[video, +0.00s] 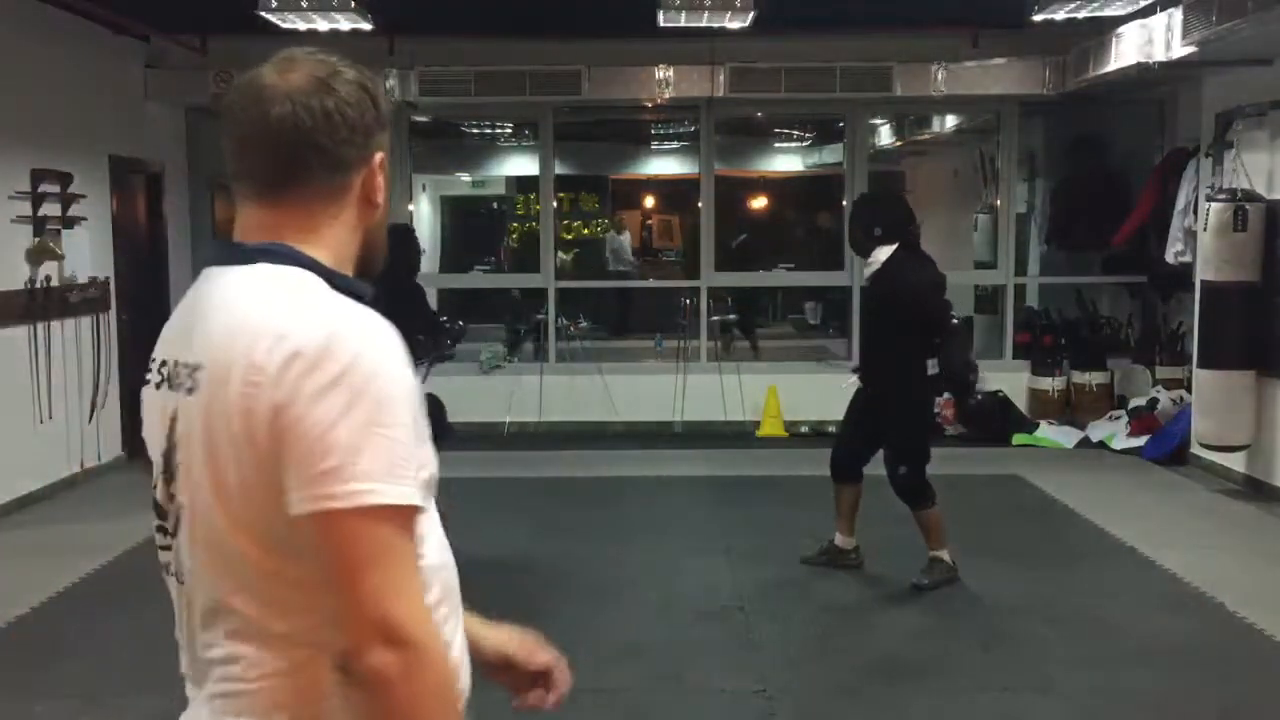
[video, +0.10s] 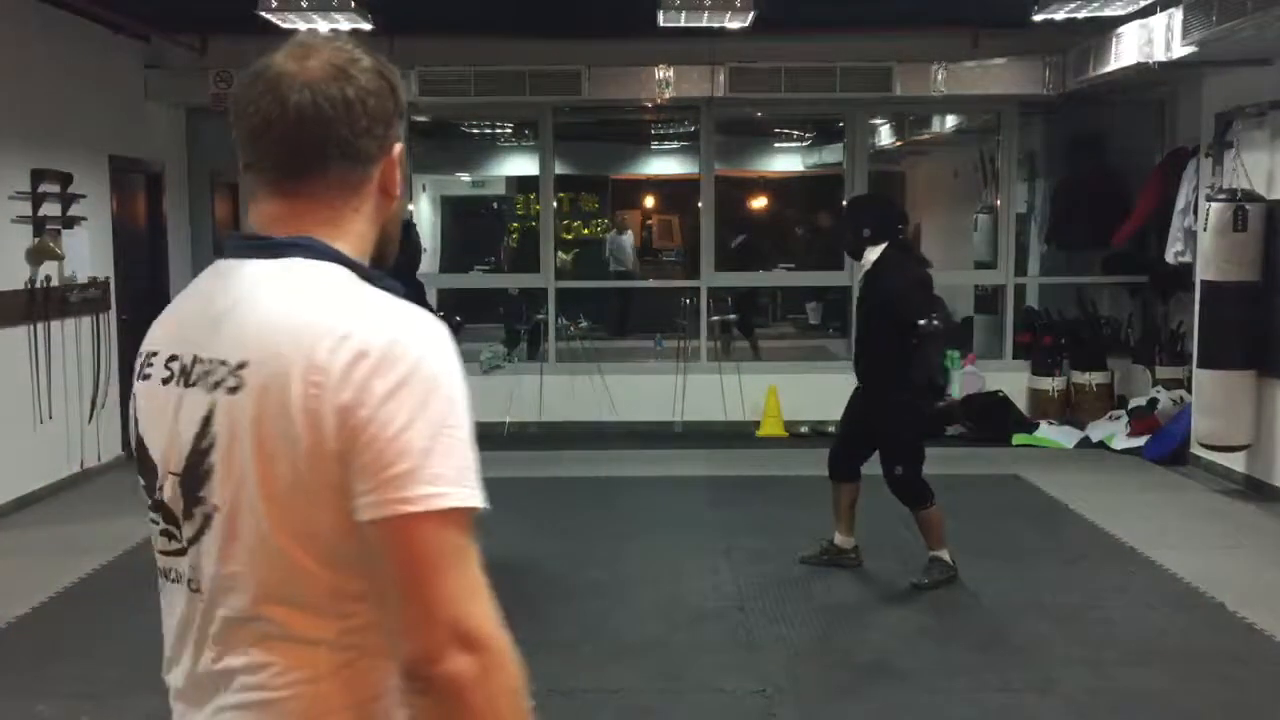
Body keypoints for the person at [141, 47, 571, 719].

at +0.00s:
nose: (396, 199)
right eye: (396, 177)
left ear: (242, 174)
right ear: (375, 182)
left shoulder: (193, 320)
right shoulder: (338, 341)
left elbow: (282, 553)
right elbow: (385, 649)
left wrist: (473, 635)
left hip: (218, 699)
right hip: (323, 707)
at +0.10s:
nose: (411, 193)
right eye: (409, 170)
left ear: (246, 165)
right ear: (392, 171)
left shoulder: (172, 329)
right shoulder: (388, 341)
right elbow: (452, 652)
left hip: (198, 695)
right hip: (336, 701)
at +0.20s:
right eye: (421, 157)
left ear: (253, 161)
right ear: (408, 165)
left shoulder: (159, 331)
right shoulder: (430, 345)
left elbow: (138, 578)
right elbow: (506, 664)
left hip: (180, 704)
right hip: (364, 705)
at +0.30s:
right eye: (429, 156)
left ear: (257, 163)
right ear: (415, 169)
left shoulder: (142, 332)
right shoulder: (457, 353)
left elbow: (96, 592)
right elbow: (545, 669)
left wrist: (136, 701)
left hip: (174, 703)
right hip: (376, 701)